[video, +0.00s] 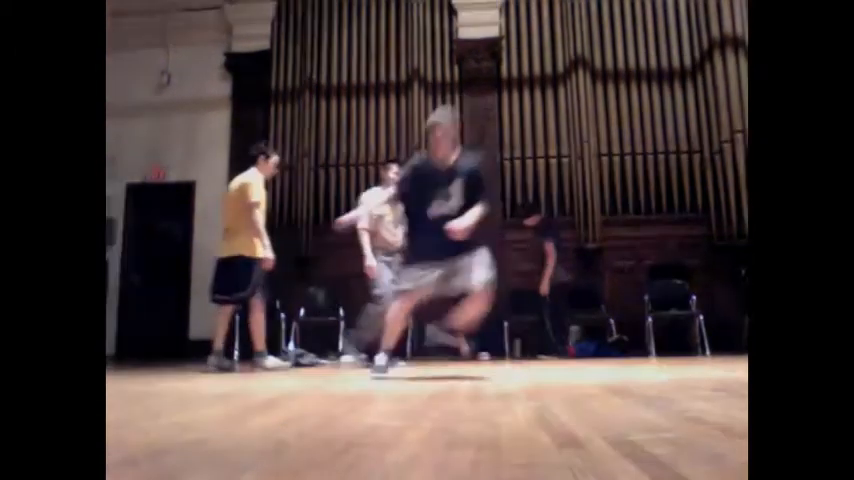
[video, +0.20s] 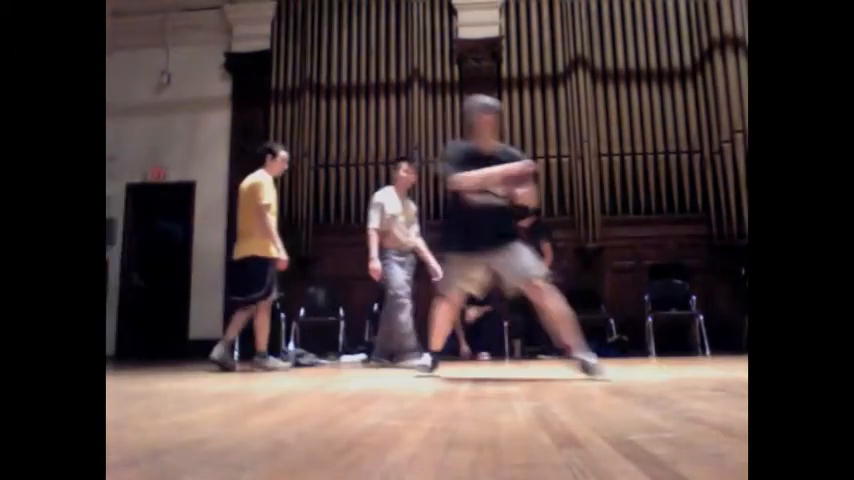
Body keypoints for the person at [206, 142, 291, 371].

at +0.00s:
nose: (275, 171)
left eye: (276, 166)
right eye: (274, 165)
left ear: (259, 162)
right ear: (262, 160)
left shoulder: (237, 182)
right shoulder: (254, 180)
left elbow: (232, 222)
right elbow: (255, 215)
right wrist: (267, 247)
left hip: (231, 253)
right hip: (249, 253)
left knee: (226, 306)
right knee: (257, 303)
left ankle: (217, 353)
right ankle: (261, 353)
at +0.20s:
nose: (284, 167)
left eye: (286, 162)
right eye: (283, 161)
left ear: (269, 160)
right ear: (270, 159)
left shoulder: (249, 182)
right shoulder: (263, 182)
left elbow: (251, 221)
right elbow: (266, 218)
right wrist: (280, 249)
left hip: (247, 253)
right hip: (260, 253)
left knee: (251, 304)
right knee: (262, 302)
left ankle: (224, 346)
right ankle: (262, 353)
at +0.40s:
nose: (291, 165)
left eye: (292, 161)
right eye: (288, 160)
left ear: (278, 161)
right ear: (275, 159)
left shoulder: (270, 183)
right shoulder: (267, 182)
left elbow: (273, 219)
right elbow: (270, 216)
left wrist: (283, 251)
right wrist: (287, 248)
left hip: (271, 253)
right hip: (265, 253)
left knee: (279, 300)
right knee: (266, 302)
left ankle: (250, 339)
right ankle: (261, 352)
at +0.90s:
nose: (301, 166)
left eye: (303, 162)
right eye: (297, 161)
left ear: (304, 166)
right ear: (285, 162)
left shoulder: (295, 192)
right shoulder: (274, 182)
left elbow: (296, 228)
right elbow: (266, 212)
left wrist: (307, 255)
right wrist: (266, 243)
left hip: (293, 253)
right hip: (278, 250)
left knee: (289, 303)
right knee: (274, 300)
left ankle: (287, 350)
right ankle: (262, 353)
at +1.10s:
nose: (305, 167)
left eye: (308, 163)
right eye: (301, 162)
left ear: (310, 168)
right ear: (290, 164)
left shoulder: (305, 195)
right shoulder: (277, 184)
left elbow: (310, 229)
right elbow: (266, 215)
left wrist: (326, 257)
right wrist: (264, 245)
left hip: (296, 253)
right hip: (276, 250)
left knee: (290, 303)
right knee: (273, 300)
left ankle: (287, 350)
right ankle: (264, 353)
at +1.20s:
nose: (306, 168)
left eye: (309, 164)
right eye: (302, 163)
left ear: (311, 168)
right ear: (291, 164)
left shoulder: (307, 196)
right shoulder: (277, 185)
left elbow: (312, 228)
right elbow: (266, 216)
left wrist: (329, 257)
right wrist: (265, 245)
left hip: (296, 255)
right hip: (276, 252)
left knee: (290, 304)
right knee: (272, 301)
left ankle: (287, 350)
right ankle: (264, 352)